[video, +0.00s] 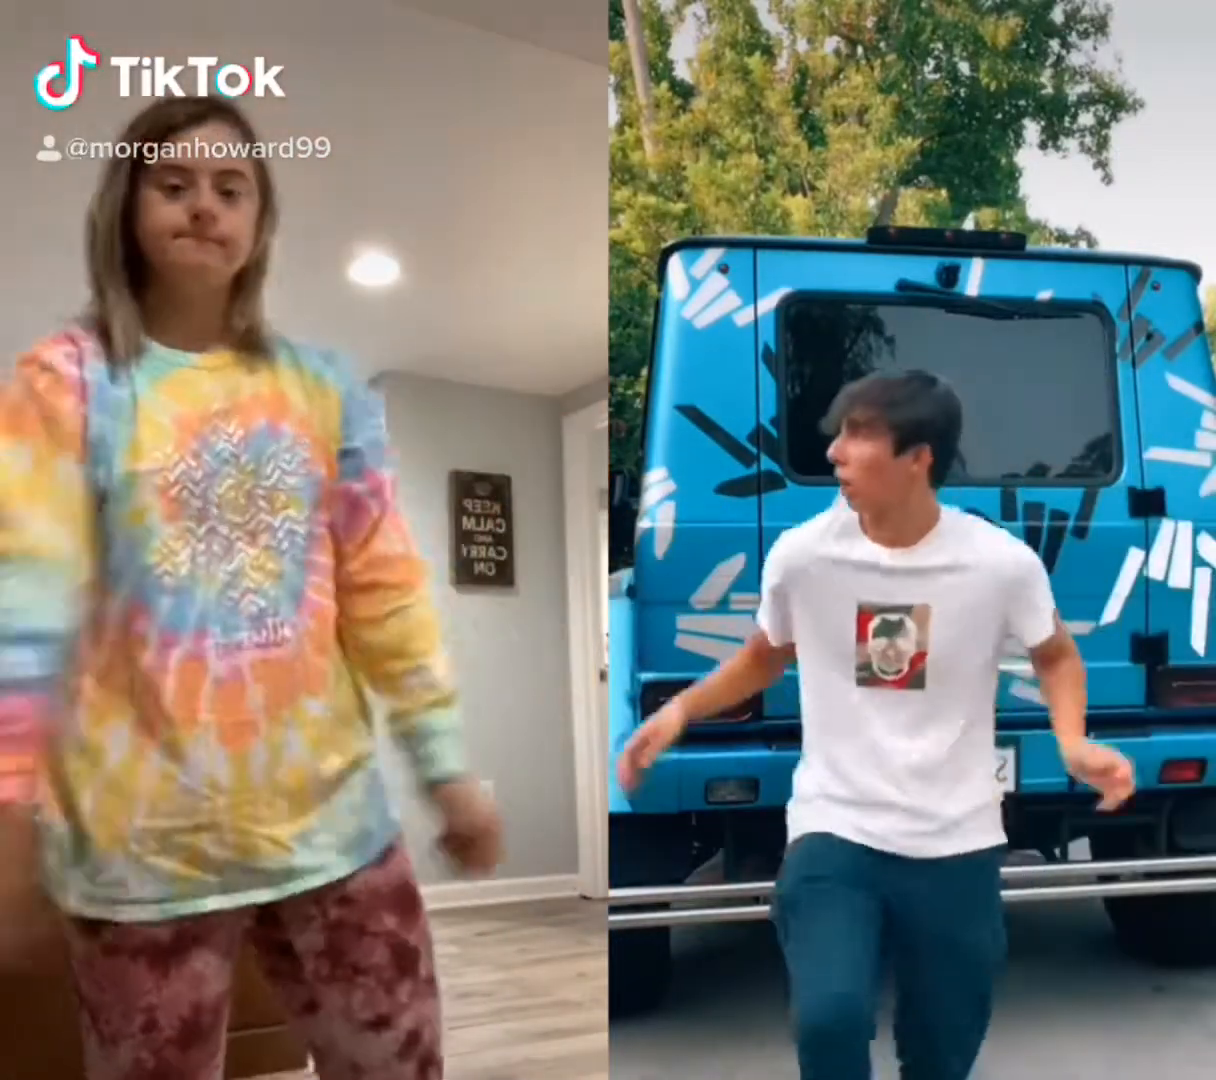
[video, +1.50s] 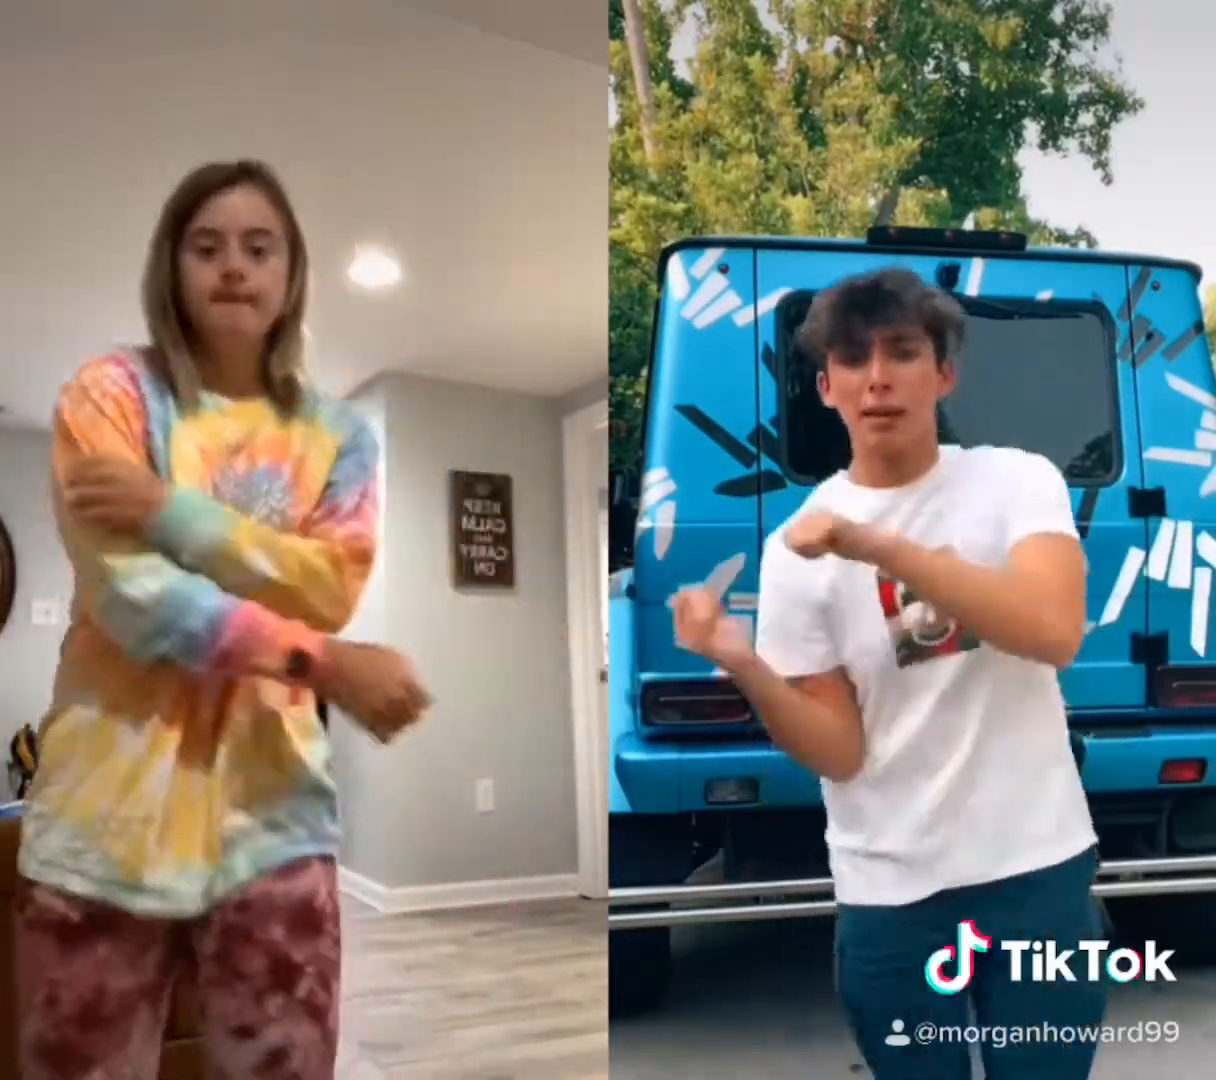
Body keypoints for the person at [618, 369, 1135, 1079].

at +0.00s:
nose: (836, 452)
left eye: (858, 437)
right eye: (840, 435)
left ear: (919, 461)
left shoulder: (1003, 566)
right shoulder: (800, 556)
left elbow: (1057, 655)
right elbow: (764, 655)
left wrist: (1074, 742)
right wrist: (679, 710)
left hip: (956, 849)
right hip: (834, 833)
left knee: (941, 1057)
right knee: (827, 1023)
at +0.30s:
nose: (863, 449)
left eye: (884, 432)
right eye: (847, 431)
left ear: (919, 452)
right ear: (825, 452)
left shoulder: (966, 563)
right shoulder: (785, 570)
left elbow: (984, 721)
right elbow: (760, 714)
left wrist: (910, 689)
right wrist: (778, 721)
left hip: (946, 854)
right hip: (826, 860)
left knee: (939, 1060)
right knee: (846, 1061)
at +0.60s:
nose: (900, 432)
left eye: (920, 416)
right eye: (882, 414)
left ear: (945, 434)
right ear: (845, 428)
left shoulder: (980, 536)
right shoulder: (787, 537)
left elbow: (1009, 697)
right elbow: (794, 679)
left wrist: (889, 606)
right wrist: (931, 600)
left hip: (952, 837)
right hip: (824, 853)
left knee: (971, 1056)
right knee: (842, 1062)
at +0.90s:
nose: (930, 469)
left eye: (951, 449)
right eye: (909, 452)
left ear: (982, 470)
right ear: (876, 476)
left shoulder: (1025, 593)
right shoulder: (819, 596)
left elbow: (1085, 769)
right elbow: (803, 782)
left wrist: (1036, 704)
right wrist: (882, 712)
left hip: (985, 893)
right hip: (854, 901)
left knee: (990, 1070)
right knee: (873, 1069)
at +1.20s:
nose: (910, 457)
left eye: (933, 436)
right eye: (886, 436)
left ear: (965, 462)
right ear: (849, 463)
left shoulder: (1013, 593)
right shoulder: (786, 604)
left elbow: (1058, 791)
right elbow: (788, 806)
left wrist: (991, 692)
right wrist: (878, 685)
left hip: (990, 916)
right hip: (841, 925)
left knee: (1019, 1067)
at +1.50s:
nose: (878, 379)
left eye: (901, 354)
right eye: (854, 359)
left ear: (944, 375)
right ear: (825, 386)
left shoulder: (1015, 481)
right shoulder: (804, 538)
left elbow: (1054, 629)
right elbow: (839, 752)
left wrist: (889, 550)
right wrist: (740, 660)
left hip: (1035, 870)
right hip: (885, 890)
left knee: (1043, 1064)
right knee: (917, 1064)